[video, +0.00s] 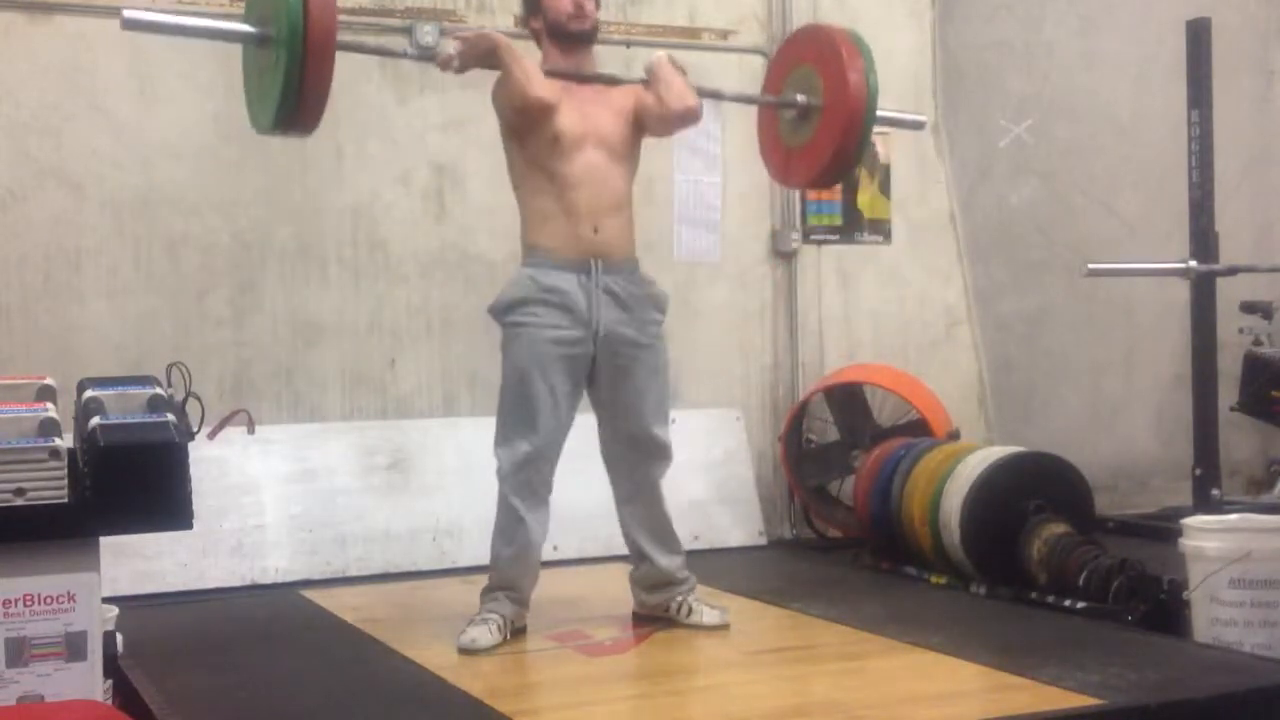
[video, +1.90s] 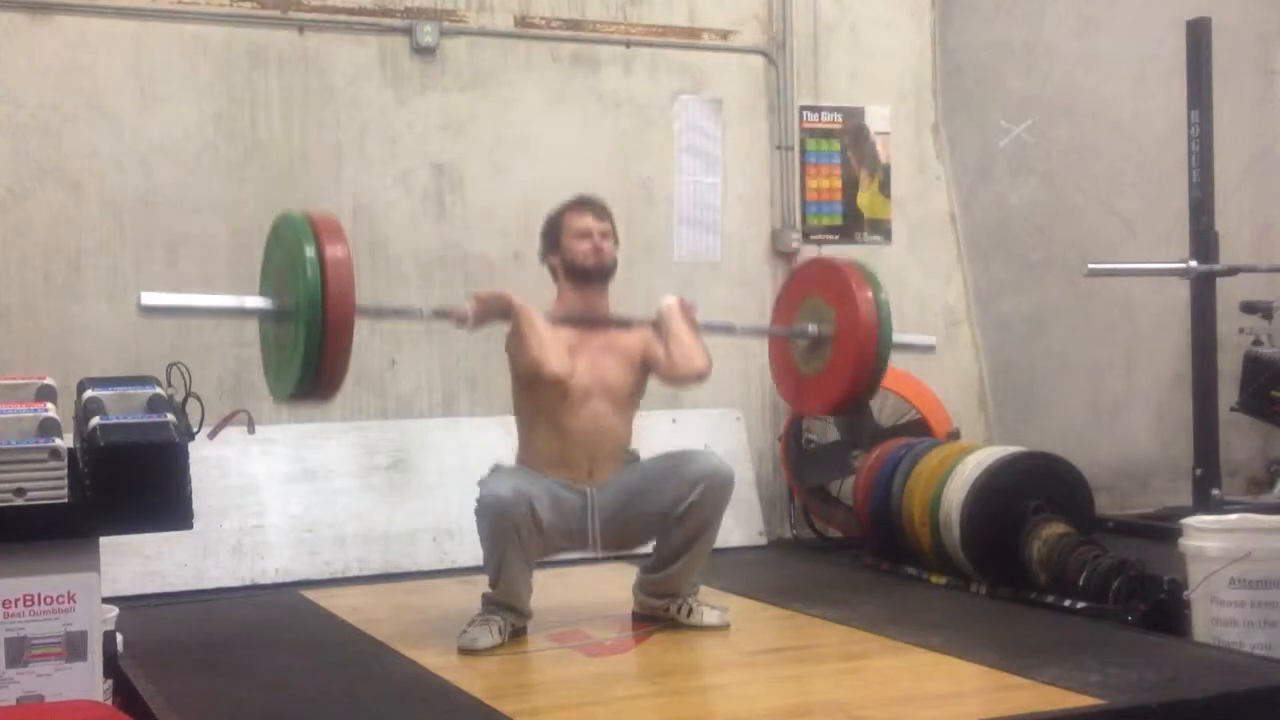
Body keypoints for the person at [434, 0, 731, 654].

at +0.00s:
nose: (581, 5)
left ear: (599, 15)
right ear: (537, 14)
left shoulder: (630, 95)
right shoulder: (524, 91)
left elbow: (683, 109)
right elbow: (531, 100)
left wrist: (660, 62)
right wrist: (501, 49)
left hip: (628, 290)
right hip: (547, 288)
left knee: (644, 447)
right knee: (527, 452)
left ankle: (661, 590)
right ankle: (504, 602)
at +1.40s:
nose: (591, 80)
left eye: (600, 72)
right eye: (576, 71)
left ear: (610, 91)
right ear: (548, 90)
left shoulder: (632, 173)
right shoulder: (529, 164)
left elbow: (686, 193)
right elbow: (533, 189)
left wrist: (664, 143)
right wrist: (509, 133)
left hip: (619, 360)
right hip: (533, 358)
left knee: (692, 457)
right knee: (509, 469)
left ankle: (663, 594)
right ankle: (502, 607)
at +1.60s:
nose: (595, 146)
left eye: (603, 140)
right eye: (580, 139)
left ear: (613, 159)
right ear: (551, 160)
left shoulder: (636, 241)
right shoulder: (528, 236)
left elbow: (689, 269)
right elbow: (544, 268)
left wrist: (669, 215)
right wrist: (513, 206)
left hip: (617, 410)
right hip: (533, 410)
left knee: (702, 469)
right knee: (504, 487)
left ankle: (662, 597)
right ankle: (503, 610)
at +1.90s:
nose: (597, 243)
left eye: (606, 236)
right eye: (583, 236)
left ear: (616, 253)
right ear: (553, 258)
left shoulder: (638, 337)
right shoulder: (531, 334)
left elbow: (691, 368)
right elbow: (553, 370)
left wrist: (672, 311)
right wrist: (514, 307)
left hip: (622, 498)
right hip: (548, 502)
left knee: (711, 474)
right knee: (501, 491)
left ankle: (662, 596)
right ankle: (504, 611)